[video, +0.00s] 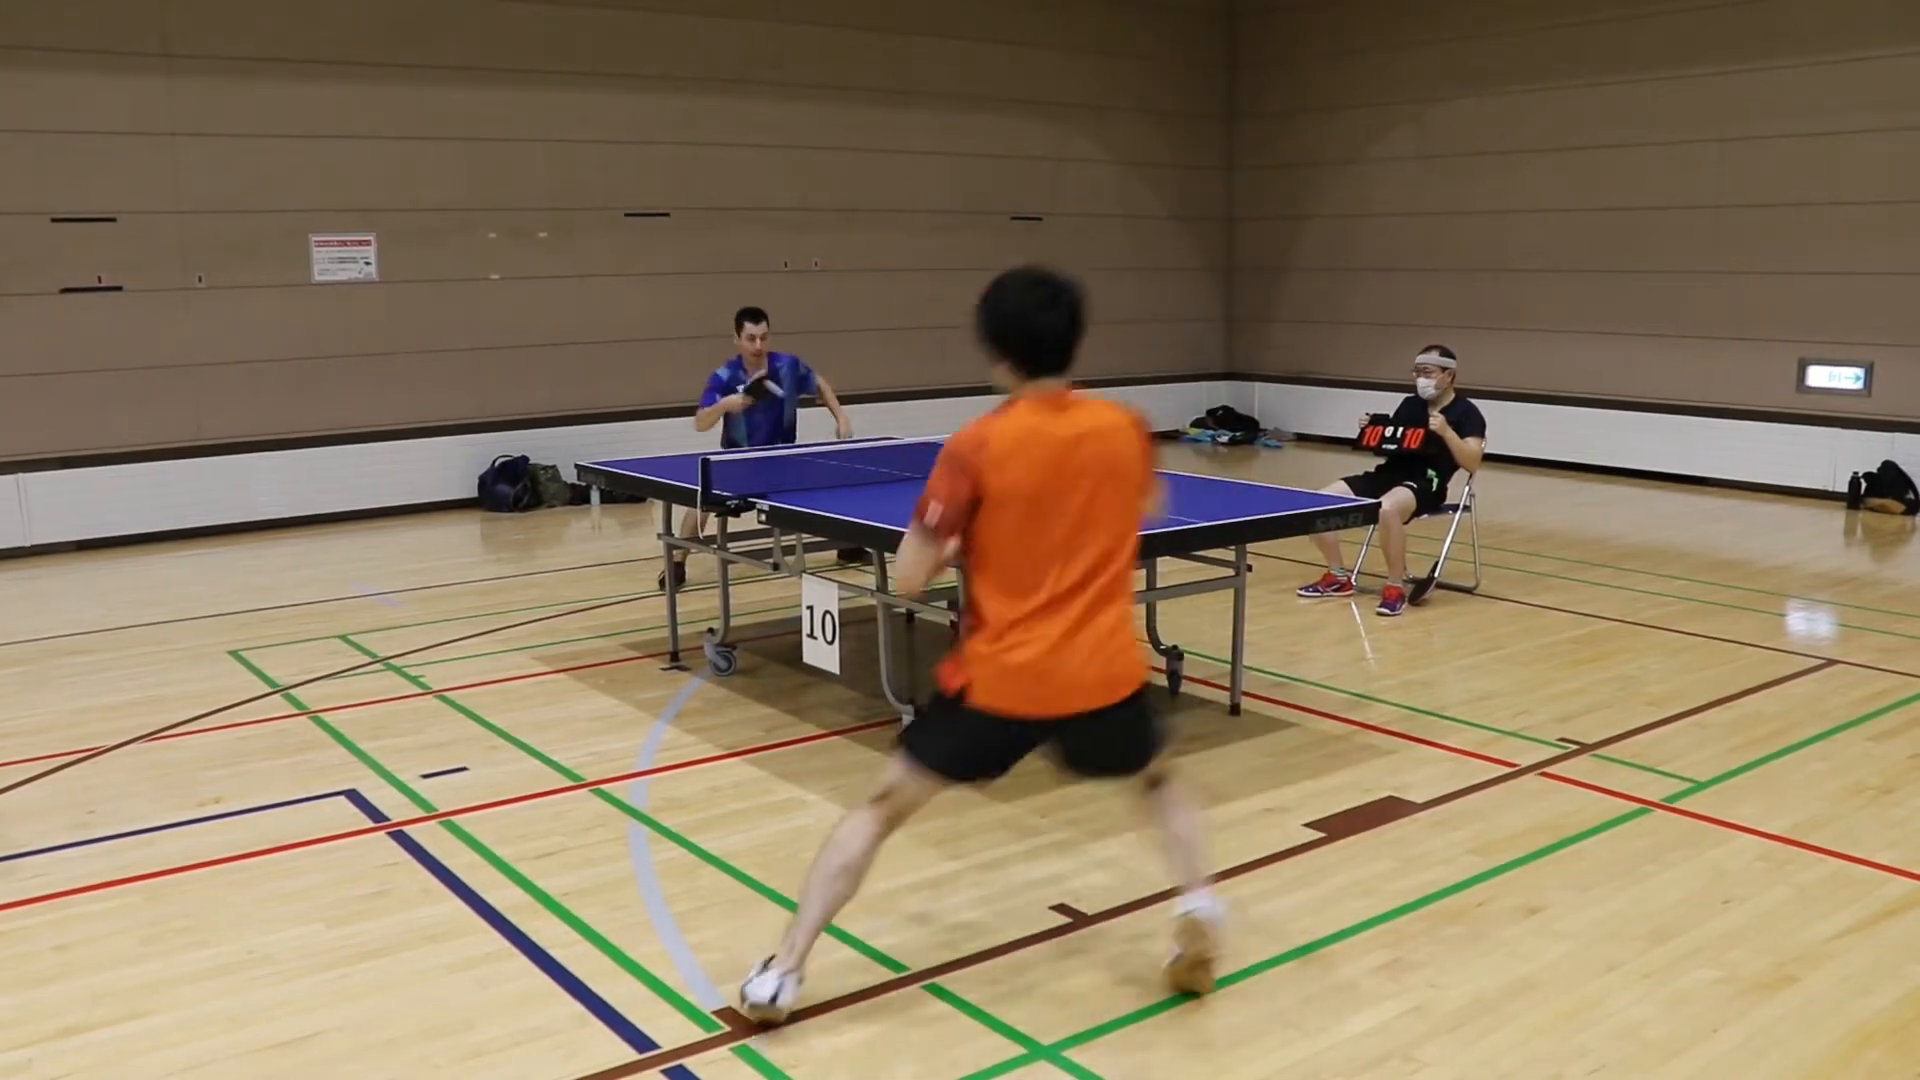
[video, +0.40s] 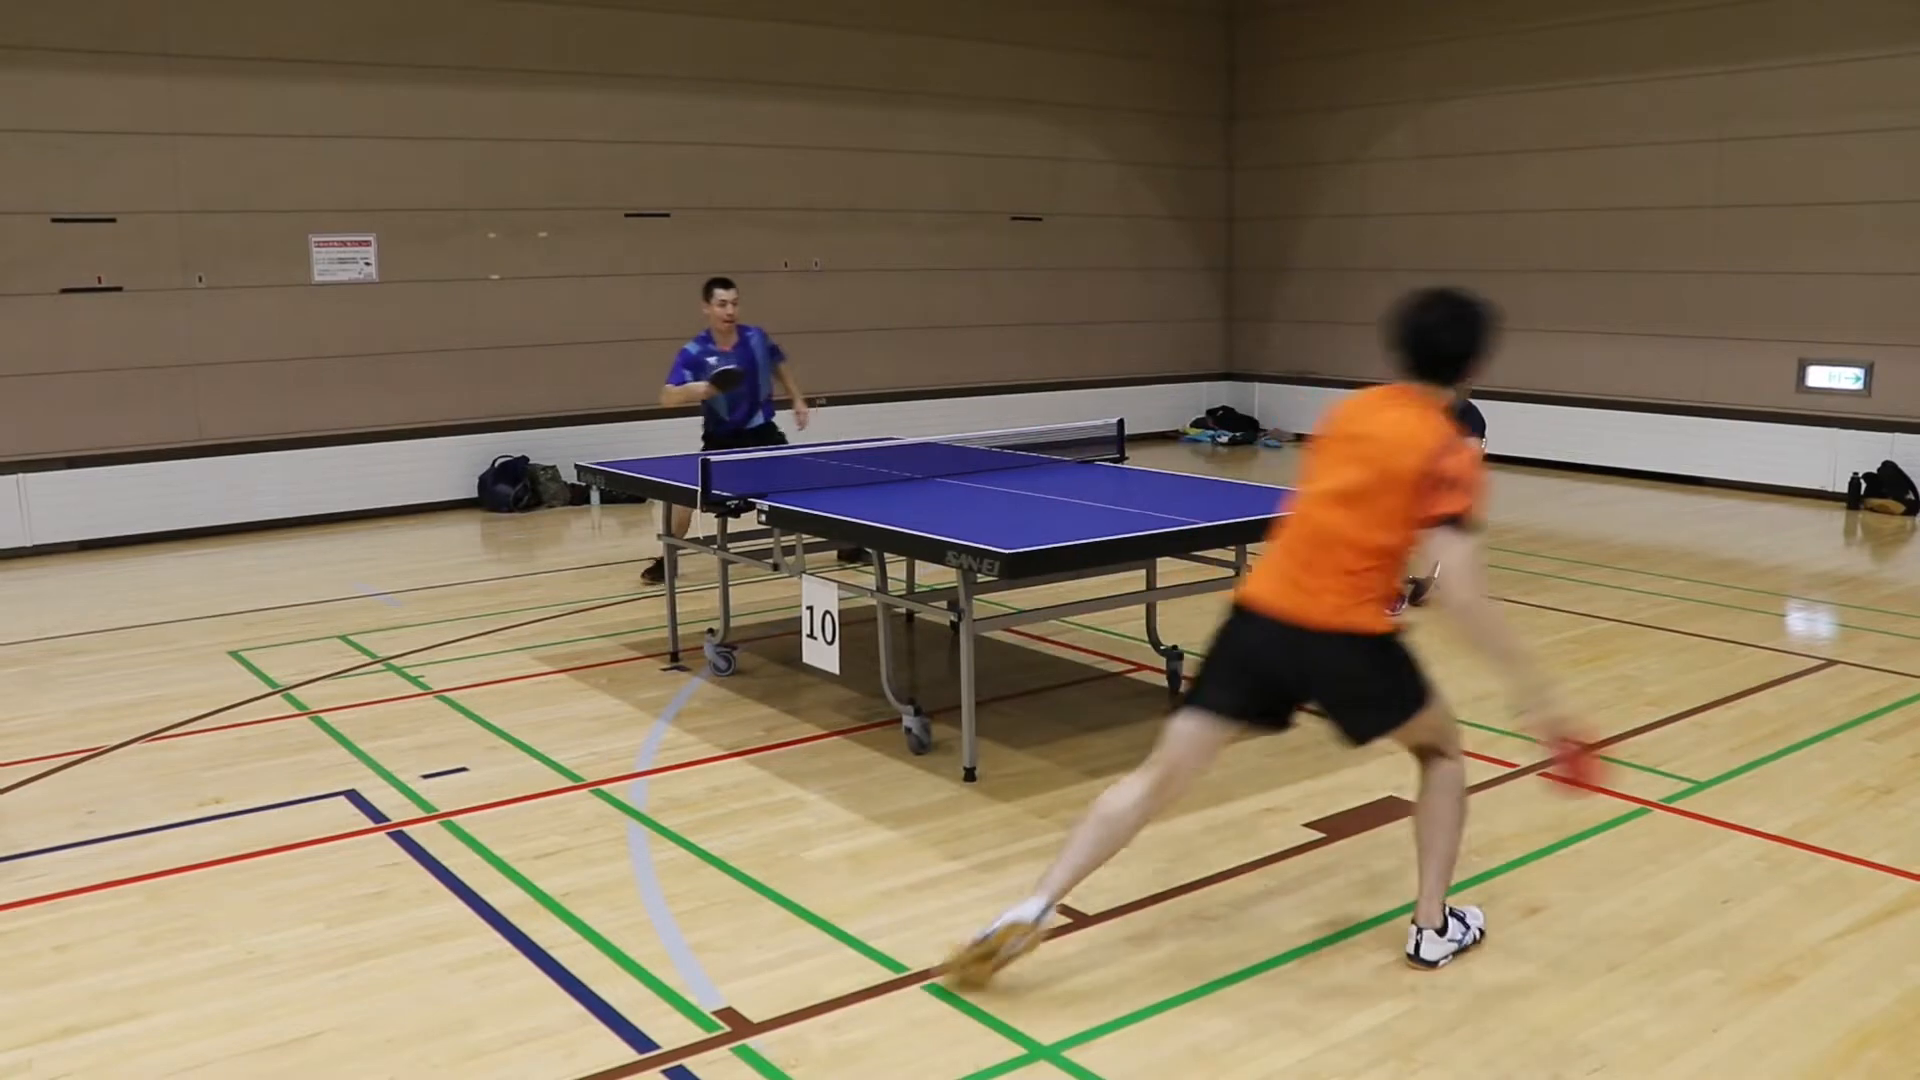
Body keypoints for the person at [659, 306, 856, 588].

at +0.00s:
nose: (758, 345)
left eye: (763, 338)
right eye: (751, 339)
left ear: (769, 336)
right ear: (737, 339)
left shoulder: (789, 367)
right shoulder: (724, 376)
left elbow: (820, 386)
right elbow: (701, 424)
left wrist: (841, 417)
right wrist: (725, 405)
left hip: (784, 462)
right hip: (738, 465)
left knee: (834, 481)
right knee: (703, 499)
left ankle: (848, 544)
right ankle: (676, 564)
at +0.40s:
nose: (730, 311)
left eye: (734, 304)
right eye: (722, 304)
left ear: (739, 306)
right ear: (706, 309)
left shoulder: (756, 339)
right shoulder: (695, 351)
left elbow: (779, 367)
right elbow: (668, 397)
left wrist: (798, 400)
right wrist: (705, 390)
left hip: (764, 435)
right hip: (719, 441)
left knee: (806, 482)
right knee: (682, 493)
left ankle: (845, 542)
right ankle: (667, 559)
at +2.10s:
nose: (484, 326)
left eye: (487, 318)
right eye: (476, 319)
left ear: (488, 320)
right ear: (454, 323)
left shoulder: (490, 355)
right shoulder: (436, 365)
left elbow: (503, 388)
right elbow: (406, 416)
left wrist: (526, 417)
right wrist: (451, 427)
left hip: (480, 454)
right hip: (441, 459)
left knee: (531, 514)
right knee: (469, 513)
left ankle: (524, 568)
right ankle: (438, 604)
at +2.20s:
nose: (490, 346)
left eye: (493, 338)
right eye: (482, 339)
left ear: (495, 339)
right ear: (461, 342)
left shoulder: (498, 372)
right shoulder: (442, 385)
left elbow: (514, 398)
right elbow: (416, 438)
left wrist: (539, 429)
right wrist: (448, 441)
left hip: (486, 469)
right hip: (446, 473)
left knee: (543, 519)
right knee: (467, 514)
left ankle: (525, 568)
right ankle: (438, 603)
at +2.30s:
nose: (476, 355)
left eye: (479, 347)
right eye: (467, 348)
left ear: (484, 348)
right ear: (449, 352)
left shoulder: (493, 377)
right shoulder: (435, 392)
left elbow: (514, 397)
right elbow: (401, 438)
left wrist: (541, 416)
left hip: (485, 474)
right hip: (443, 477)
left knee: (542, 525)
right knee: (462, 516)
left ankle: (525, 568)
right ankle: (437, 603)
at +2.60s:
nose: (447, 329)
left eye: (450, 322)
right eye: (439, 322)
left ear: (454, 324)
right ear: (418, 326)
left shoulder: (464, 355)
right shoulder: (398, 370)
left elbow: (488, 366)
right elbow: (360, 412)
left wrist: (528, 378)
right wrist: (347, 411)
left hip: (463, 451)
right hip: (421, 460)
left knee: (517, 516)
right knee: (442, 519)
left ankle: (494, 557)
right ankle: (435, 604)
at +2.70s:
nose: (447, 309)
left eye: (450, 301)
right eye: (438, 301)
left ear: (453, 304)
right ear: (417, 304)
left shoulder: (463, 338)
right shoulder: (392, 351)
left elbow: (487, 359)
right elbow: (354, 390)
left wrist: (527, 376)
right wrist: (345, 410)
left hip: (457, 439)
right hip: (414, 446)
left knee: (504, 514)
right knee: (427, 509)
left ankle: (478, 556)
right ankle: (428, 600)